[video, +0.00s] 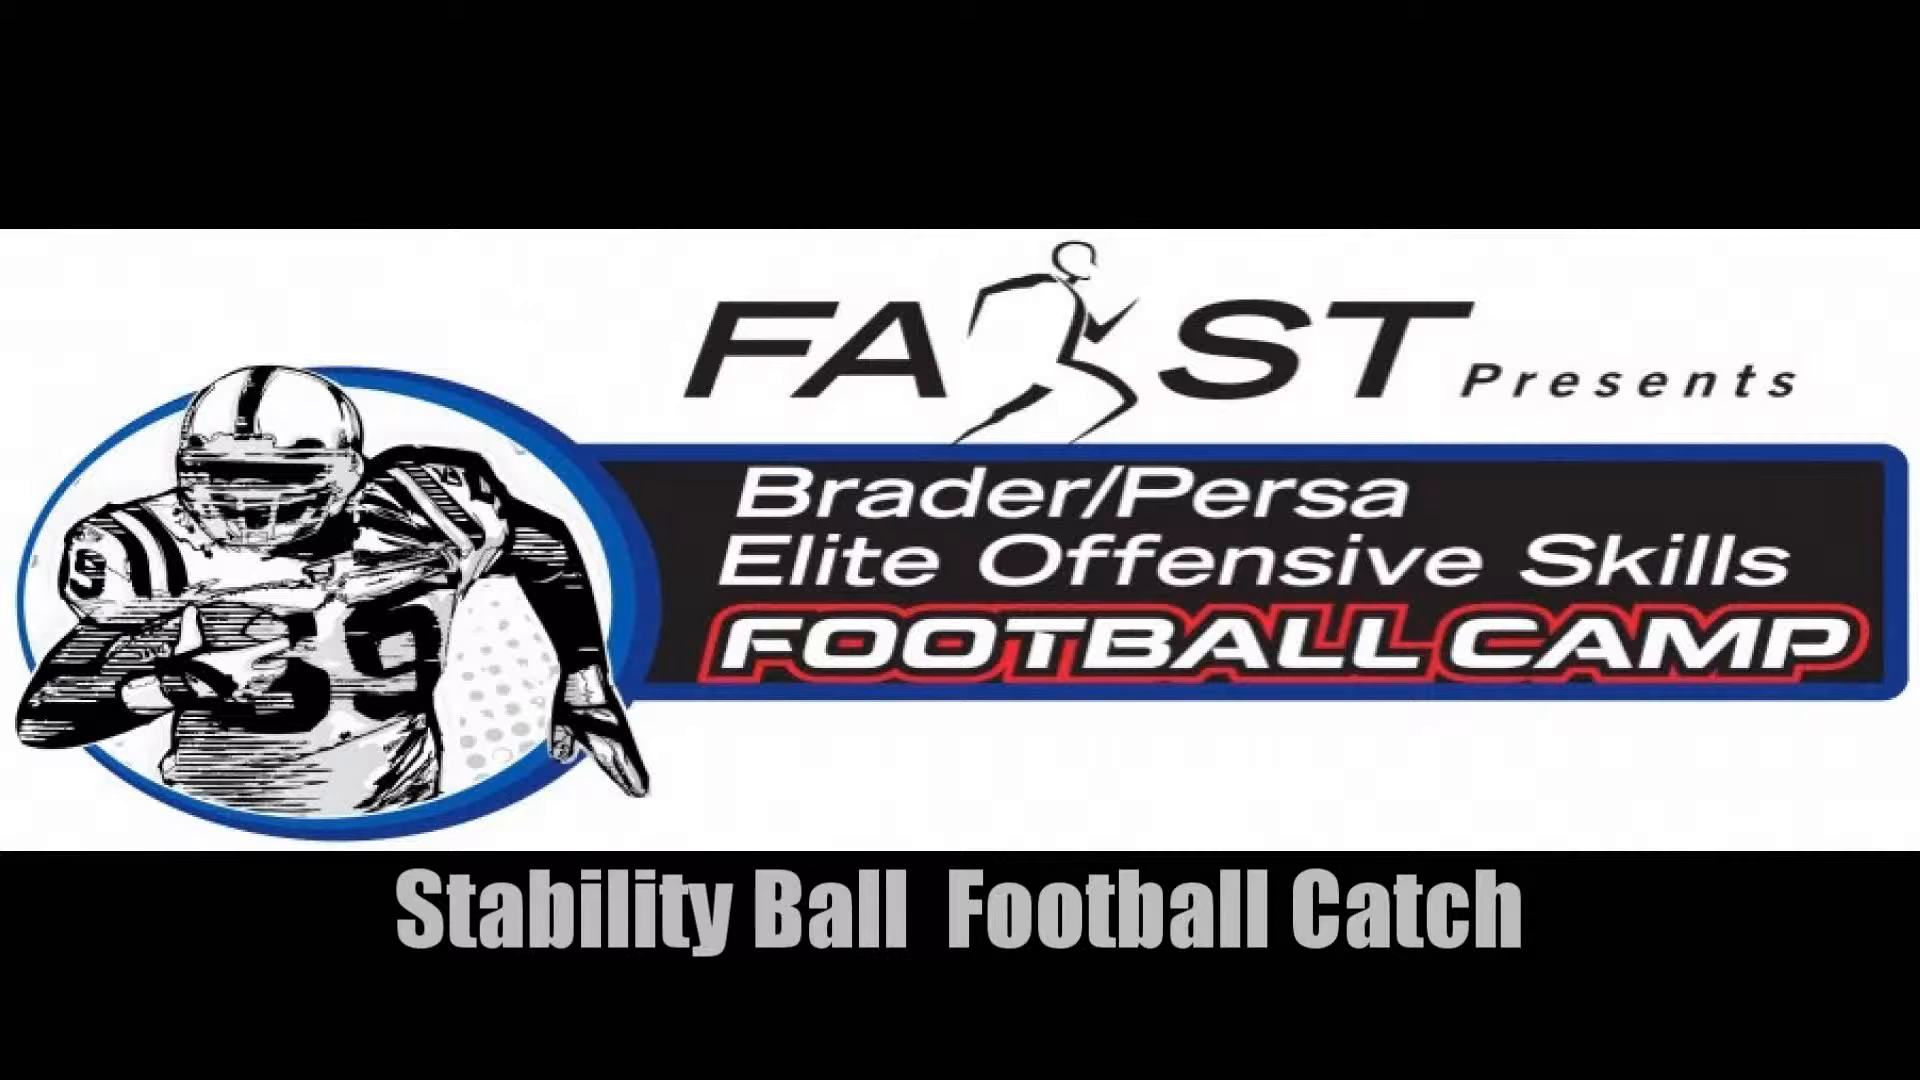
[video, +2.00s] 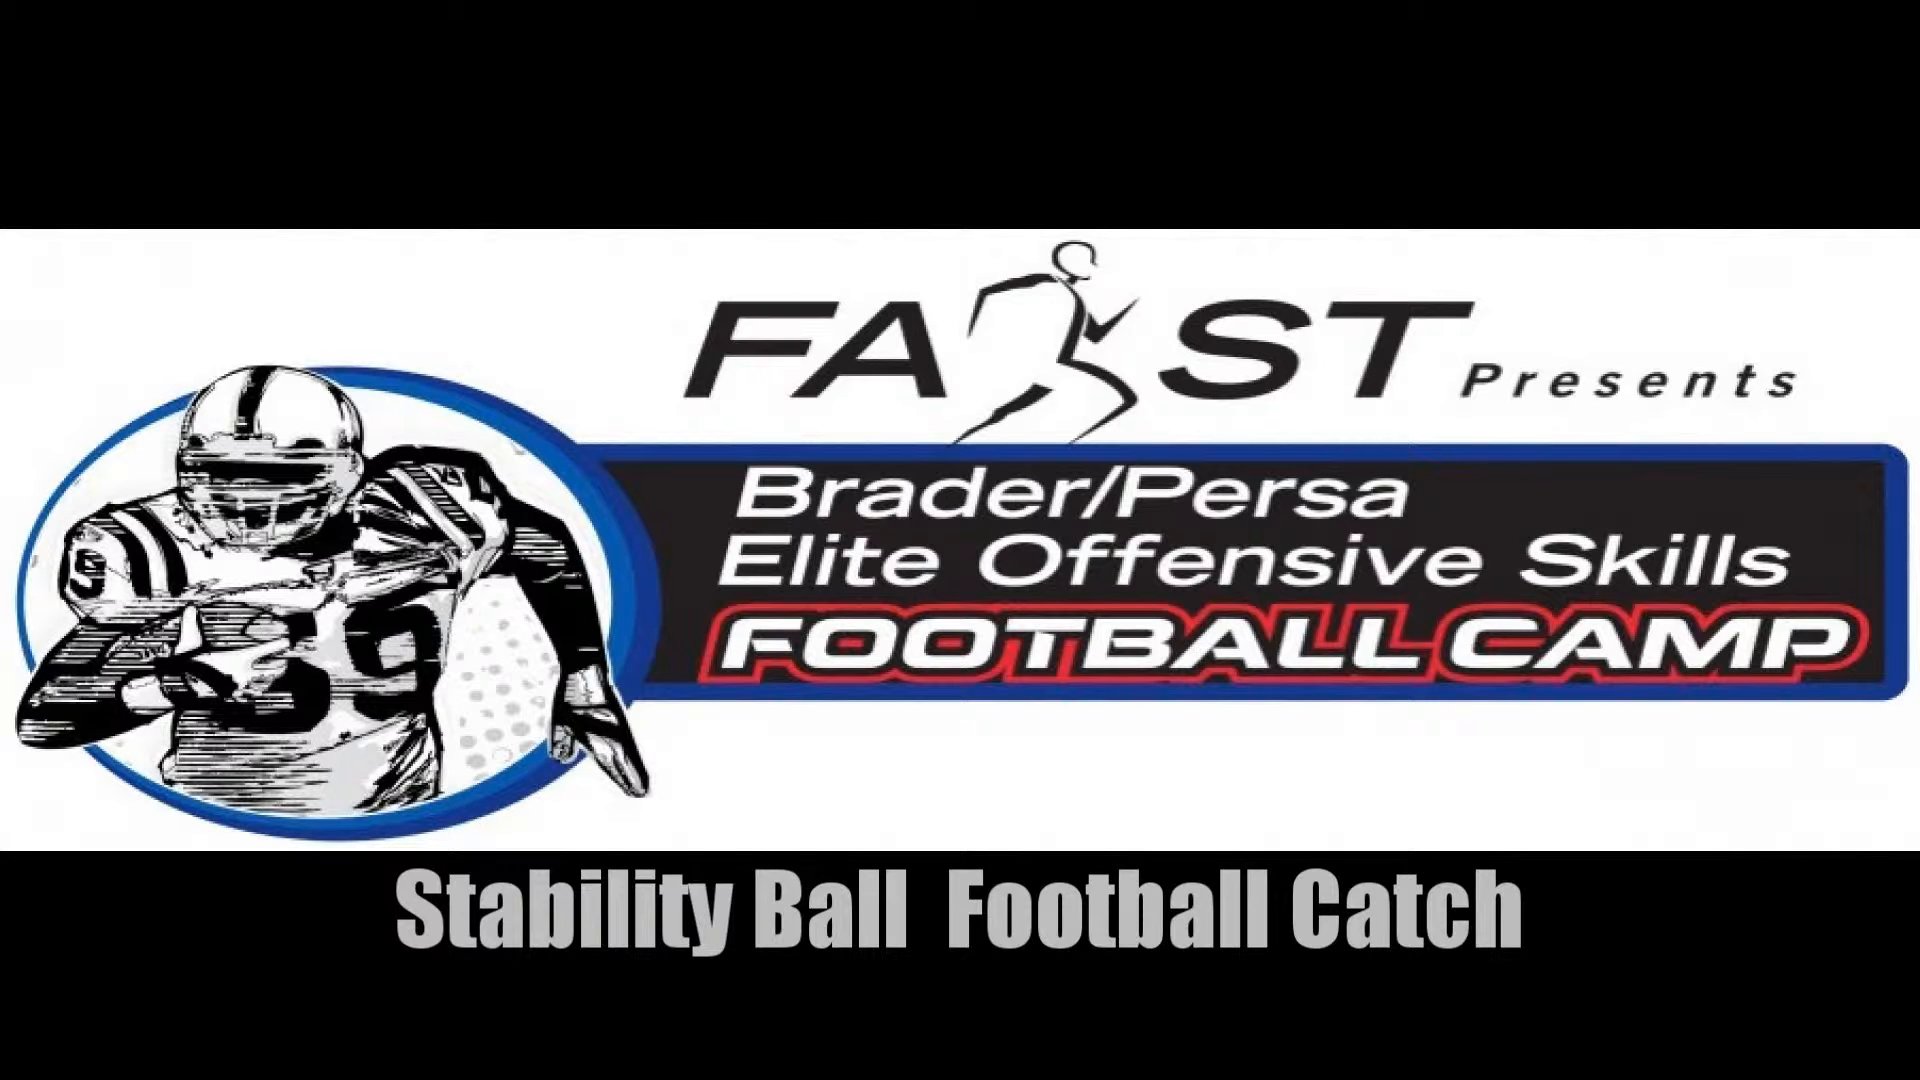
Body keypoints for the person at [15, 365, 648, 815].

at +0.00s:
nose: (252, 515)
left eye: (279, 493)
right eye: (230, 492)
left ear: (336, 480)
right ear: (194, 479)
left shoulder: (423, 508)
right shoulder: (141, 548)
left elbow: (546, 548)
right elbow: (43, 716)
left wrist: (585, 672)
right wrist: (174, 683)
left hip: (386, 812)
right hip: (219, 816)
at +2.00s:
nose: (252, 515)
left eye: (280, 494)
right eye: (229, 492)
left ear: (336, 480)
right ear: (194, 479)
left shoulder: (425, 508)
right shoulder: (142, 549)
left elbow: (546, 548)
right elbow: (43, 716)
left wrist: (585, 671)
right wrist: (175, 683)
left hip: (386, 814)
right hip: (218, 816)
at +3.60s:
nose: (401, 519)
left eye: (422, 502)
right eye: (383, 501)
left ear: (457, 499)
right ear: (356, 499)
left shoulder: (515, 524)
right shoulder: (317, 560)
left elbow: (603, 556)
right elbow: (238, 690)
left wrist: (629, 667)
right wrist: (348, 660)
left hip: (497, 757)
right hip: (380, 762)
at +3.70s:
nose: (401, 530)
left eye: (423, 512)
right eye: (382, 509)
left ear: (469, 504)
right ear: (354, 500)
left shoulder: (540, 522)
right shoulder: (312, 558)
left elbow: (626, 557)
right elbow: (232, 692)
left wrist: (651, 656)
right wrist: (337, 660)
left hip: (509, 767)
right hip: (371, 768)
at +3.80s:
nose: (402, 531)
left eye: (424, 513)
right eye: (383, 513)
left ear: (467, 501)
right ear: (355, 504)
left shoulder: (535, 524)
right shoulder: (314, 559)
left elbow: (633, 555)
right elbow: (233, 690)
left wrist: (663, 652)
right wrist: (337, 662)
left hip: (511, 764)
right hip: (376, 767)